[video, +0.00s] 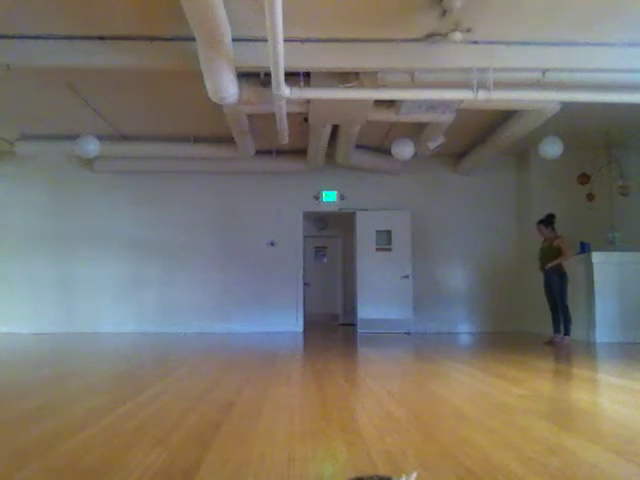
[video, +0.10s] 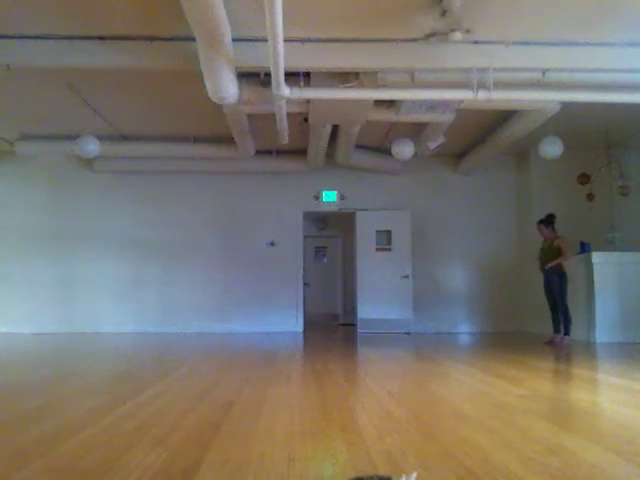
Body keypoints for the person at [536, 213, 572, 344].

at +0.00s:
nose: (540, 233)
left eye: (541, 229)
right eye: (539, 230)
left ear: (548, 228)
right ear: (544, 230)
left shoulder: (559, 241)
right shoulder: (545, 243)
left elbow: (567, 255)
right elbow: (544, 257)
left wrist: (552, 263)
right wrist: (542, 265)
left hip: (558, 274)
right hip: (548, 274)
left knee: (561, 304)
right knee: (553, 305)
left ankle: (566, 335)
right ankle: (556, 334)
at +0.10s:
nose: (540, 233)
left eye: (541, 229)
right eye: (539, 230)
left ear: (548, 228)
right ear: (545, 230)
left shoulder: (559, 241)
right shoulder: (545, 242)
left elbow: (567, 255)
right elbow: (543, 257)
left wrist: (552, 263)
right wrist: (542, 265)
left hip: (558, 274)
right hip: (548, 274)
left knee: (561, 304)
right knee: (552, 305)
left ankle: (566, 335)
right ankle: (556, 334)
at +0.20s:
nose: (540, 233)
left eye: (541, 229)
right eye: (539, 230)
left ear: (549, 228)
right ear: (544, 230)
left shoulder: (559, 241)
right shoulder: (545, 243)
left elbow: (567, 255)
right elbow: (543, 257)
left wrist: (552, 264)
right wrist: (542, 265)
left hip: (558, 274)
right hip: (548, 274)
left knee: (561, 304)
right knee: (552, 305)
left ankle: (566, 335)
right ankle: (556, 334)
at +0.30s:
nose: (541, 232)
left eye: (543, 229)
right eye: (540, 229)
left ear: (550, 228)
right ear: (541, 230)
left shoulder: (559, 240)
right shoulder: (545, 242)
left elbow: (567, 255)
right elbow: (544, 257)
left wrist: (552, 264)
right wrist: (541, 265)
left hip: (558, 273)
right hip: (548, 274)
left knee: (561, 304)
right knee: (552, 305)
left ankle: (566, 335)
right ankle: (556, 334)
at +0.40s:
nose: (541, 232)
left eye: (543, 229)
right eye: (540, 229)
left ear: (550, 228)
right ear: (542, 230)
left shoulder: (558, 240)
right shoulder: (545, 242)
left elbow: (566, 255)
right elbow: (544, 256)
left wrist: (552, 264)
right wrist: (542, 265)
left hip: (558, 273)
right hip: (548, 273)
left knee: (561, 304)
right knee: (552, 305)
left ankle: (566, 335)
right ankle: (556, 334)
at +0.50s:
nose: (541, 232)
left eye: (543, 228)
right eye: (540, 229)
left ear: (550, 228)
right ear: (542, 229)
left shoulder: (558, 240)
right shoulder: (545, 241)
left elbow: (566, 255)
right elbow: (545, 255)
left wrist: (552, 264)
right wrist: (542, 264)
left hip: (558, 273)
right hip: (548, 273)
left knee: (561, 304)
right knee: (552, 305)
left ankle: (566, 335)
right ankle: (556, 334)